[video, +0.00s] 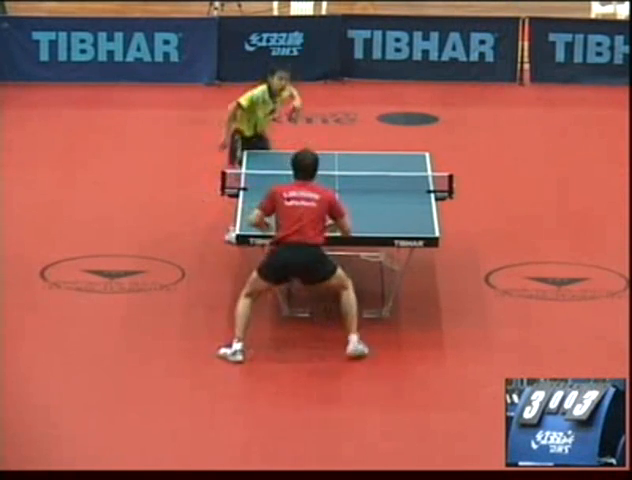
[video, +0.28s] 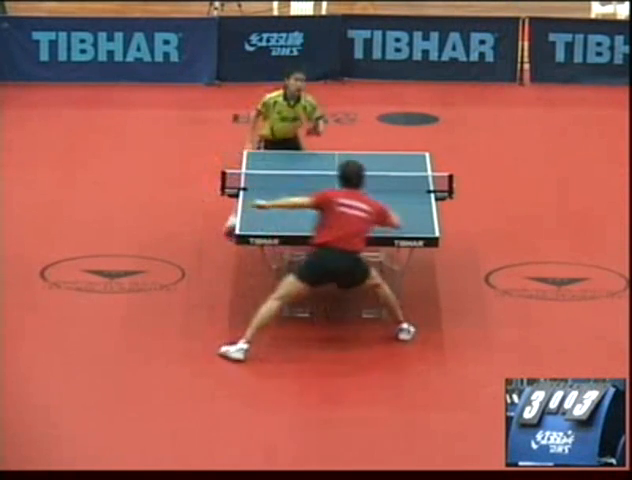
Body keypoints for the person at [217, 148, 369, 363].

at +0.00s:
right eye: (312, 167)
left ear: (293, 169)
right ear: (316, 171)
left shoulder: (278, 192)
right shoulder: (327, 196)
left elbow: (256, 220)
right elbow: (346, 230)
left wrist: (268, 229)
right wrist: (328, 225)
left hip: (282, 251)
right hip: (312, 251)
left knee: (248, 295)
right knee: (345, 287)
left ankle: (237, 345)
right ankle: (353, 340)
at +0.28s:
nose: (347, 180)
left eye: (343, 176)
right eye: (356, 176)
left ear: (340, 179)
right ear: (362, 180)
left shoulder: (331, 197)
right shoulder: (373, 206)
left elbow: (300, 202)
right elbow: (395, 224)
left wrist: (268, 205)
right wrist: (382, 215)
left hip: (322, 256)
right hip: (351, 260)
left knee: (279, 298)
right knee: (378, 285)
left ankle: (243, 344)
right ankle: (404, 327)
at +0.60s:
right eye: (374, 172)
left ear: (357, 174)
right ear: (378, 176)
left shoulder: (350, 194)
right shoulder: (386, 201)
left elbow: (337, 218)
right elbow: (404, 223)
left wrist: (310, 239)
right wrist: (400, 200)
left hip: (340, 253)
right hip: (368, 255)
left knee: (293, 293)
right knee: (388, 280)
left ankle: (286, 338)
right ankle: (406, 325)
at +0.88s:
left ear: (324, 167)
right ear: (347, 168)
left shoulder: (309, 187)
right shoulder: (356, 193)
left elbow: (290, 220)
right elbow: (377, 227)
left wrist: (301, 218)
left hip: (310, 247)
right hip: (340, 249)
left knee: (275, 290)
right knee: (368, 291)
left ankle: (269, 343)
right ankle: (385, 341)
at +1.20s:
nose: (392, 199)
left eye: (391, 194)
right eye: (391, 194)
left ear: (368, 189)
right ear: (386, 194)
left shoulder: (343, 202)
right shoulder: (387, 216)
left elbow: (310, 213)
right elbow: (410, 230)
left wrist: (329, 207)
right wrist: (382, 231)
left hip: (321, 261)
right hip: (349, 267)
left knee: (282, 302)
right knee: (377, 315)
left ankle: (246, 345)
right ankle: (361, 366)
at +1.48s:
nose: (401, 188)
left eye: (394, 184)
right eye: (403, 184)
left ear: (386, 187)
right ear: (409, 188)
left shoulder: (374, 215)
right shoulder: (420, 213)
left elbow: (364, 247)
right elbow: (453, 230)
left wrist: (348, 246)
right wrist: (461, 210)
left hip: (379, 275)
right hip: (410, 276)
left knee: (337, 310)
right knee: (437, 317)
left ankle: (327, 359)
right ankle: (469, 361)